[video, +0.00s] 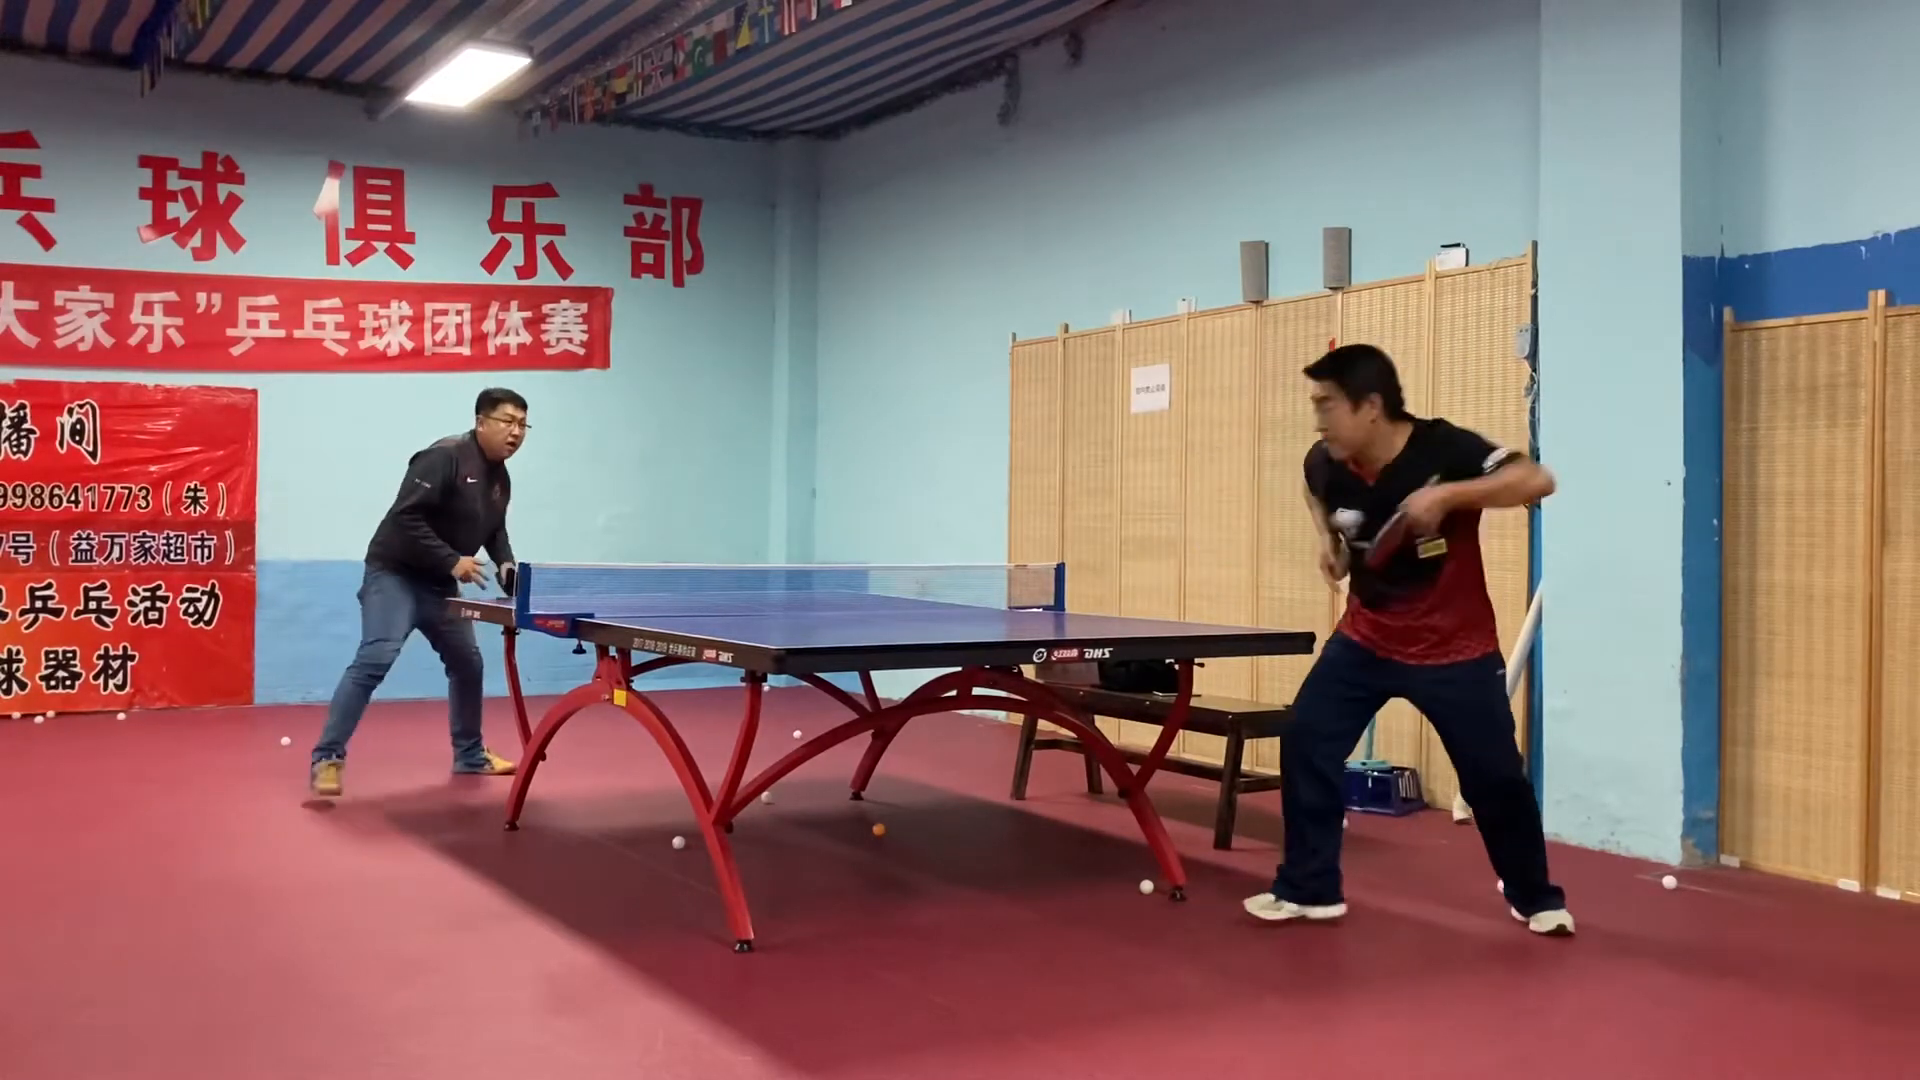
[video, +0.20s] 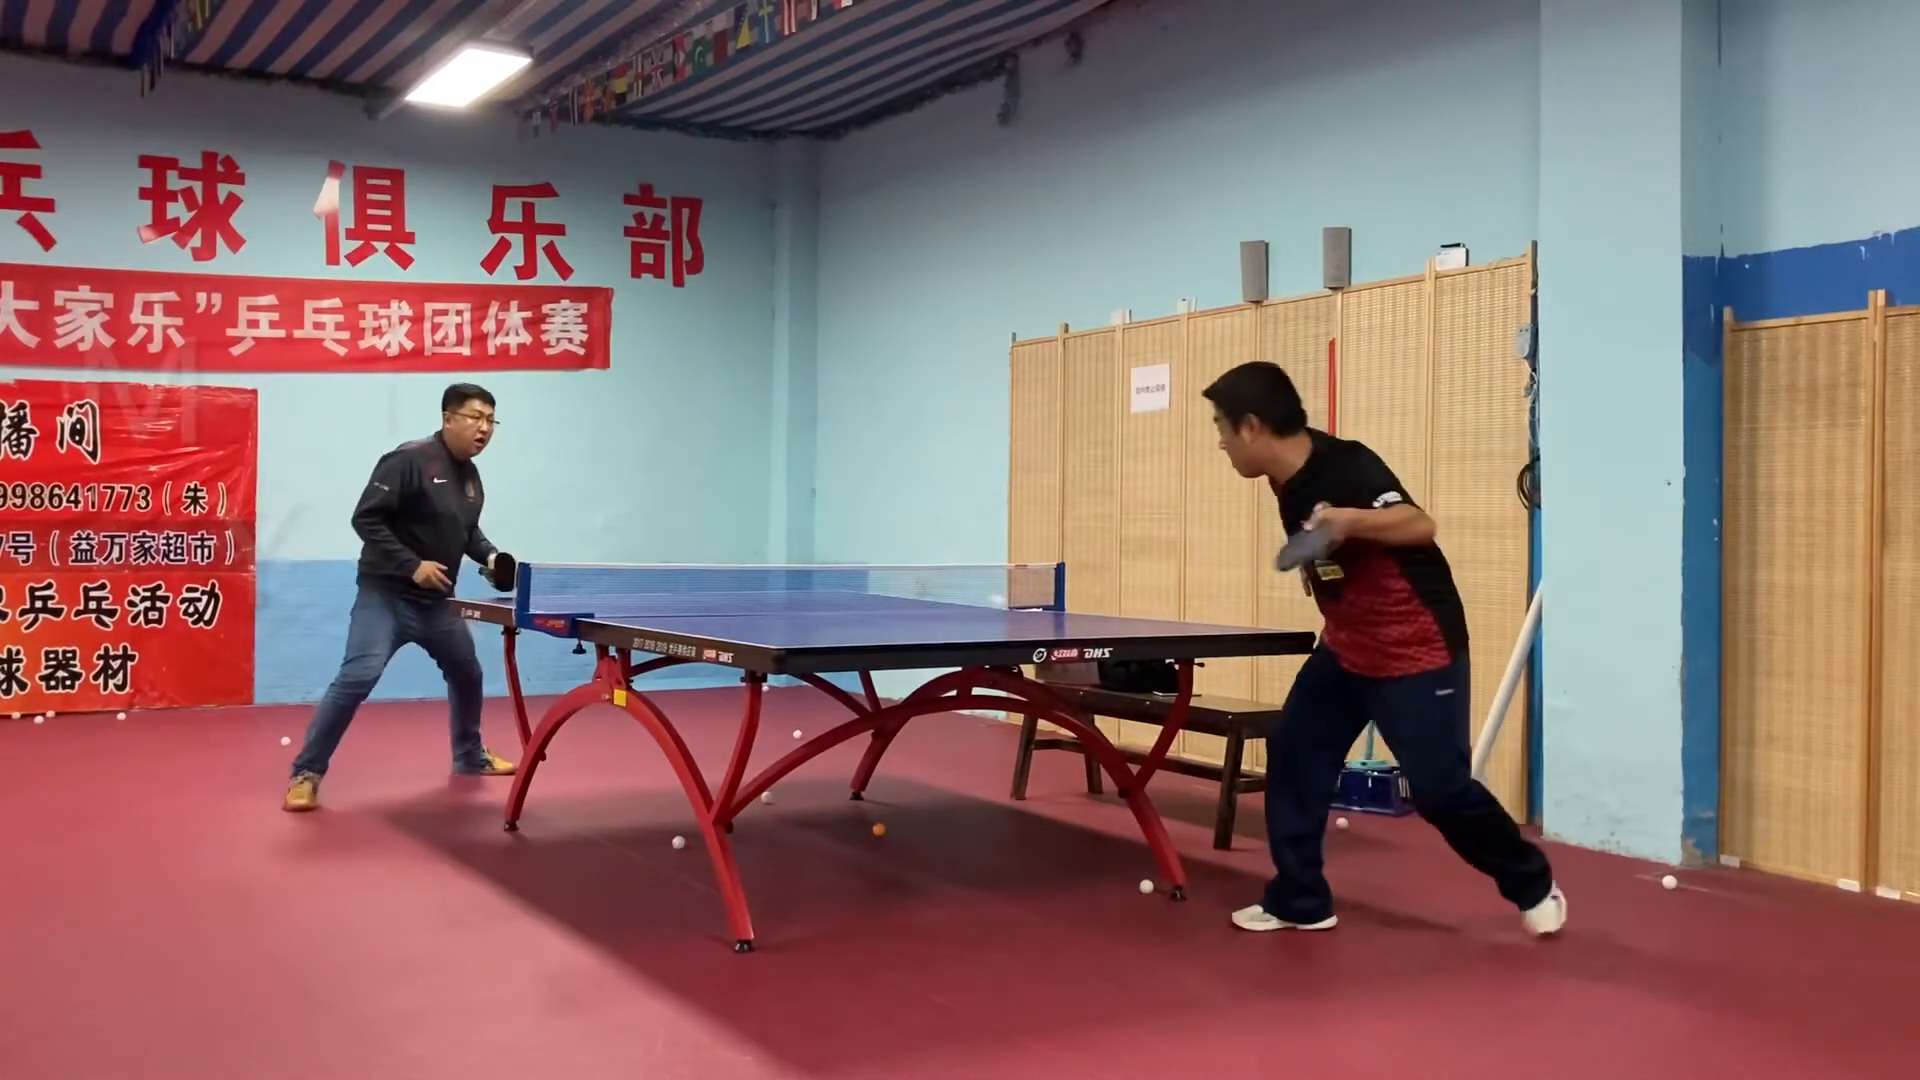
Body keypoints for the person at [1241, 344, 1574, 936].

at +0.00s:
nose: (1318, 419)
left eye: (1327, 405)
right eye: (1315, 406)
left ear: (1371, 407)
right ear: (1361, 409)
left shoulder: (1443, 446)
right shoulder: (1326, 465)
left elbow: (1537, 480)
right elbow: (1316, 493)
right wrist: (1329, 539)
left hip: (1454, 648)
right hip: (1366, 641)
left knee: (1496, 777)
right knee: (1307, 742)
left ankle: (1537, 897)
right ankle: (1310, 888)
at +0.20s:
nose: (1221, 444)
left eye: (1223, 430)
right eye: (1219, 431)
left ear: (1254, 427)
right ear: (1261, 426)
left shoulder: (1350, 464)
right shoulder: (1288, 483)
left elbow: (1421, 526)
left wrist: (1349, 522)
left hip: (1416, 653)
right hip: (1347, 650)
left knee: (1440, 789)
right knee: (1294, 752)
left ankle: (1533, 886)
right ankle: (1300, 899)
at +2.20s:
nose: (1191, 369)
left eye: (1192, 354)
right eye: (1189, 354)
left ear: (1220, 351)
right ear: (1268, 349)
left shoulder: (1235, 449)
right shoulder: (1327, 421)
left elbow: (1219, 569)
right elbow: (1375, 507)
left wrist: (1140, 563)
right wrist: (1287, 533)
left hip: (1293, 671)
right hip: (1364, 661)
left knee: (1222, 818)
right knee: (1372, 800)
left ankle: (1281, 1006)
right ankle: (1479, 933)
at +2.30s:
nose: (1214, 392)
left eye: (1217, 377)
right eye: (1213, 377)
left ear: (1249, 375)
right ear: (1282, 373)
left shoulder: (1288, 463)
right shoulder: (1329, 436)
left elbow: (1262, 588)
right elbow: (1302, 563)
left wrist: (1170, 592)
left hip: (1340, 685)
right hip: (1393, 676)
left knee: (1238, 814)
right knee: (1411, 813)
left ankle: (1276, 1007)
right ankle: (1515, 944)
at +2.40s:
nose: (1217, 394)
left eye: (1224, 378)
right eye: (1217, 378)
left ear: (1262, 381)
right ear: (1275, 379)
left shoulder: (1321, 472)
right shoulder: (1306, 447)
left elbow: (1333, 610)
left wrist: (1243, 636)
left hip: (1377, 680)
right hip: (1394, 674)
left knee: (1259, 795)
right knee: (1412, 804)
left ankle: (1277, 995)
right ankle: (1515, 948)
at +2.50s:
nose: (1210, 408)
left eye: (1219, 393)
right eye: (1212, 393)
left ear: (1261, 398)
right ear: (1263, 398)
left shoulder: (1353, 484)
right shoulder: (1269, 462)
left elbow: (1400, 610)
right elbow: (1252, 510)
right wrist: (1187, 550)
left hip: (1385, 679)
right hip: (1344, 676)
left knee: (1270, 783)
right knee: (1402, 805)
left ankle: (1270, 983)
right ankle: (1524, 927)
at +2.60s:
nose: (1201, 440)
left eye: (1208, 425)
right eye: (1202, 425)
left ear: (1253, 431)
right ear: (1255, 430)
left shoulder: (1358, 509)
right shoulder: (1232, 486)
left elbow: (1448, 605)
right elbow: (1199, 532)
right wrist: (1151, 588)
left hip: (1379, 685)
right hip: (1328, 685)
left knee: (1272, 790)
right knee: (1411, 817)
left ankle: (1268, 986)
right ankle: (1537, 917)